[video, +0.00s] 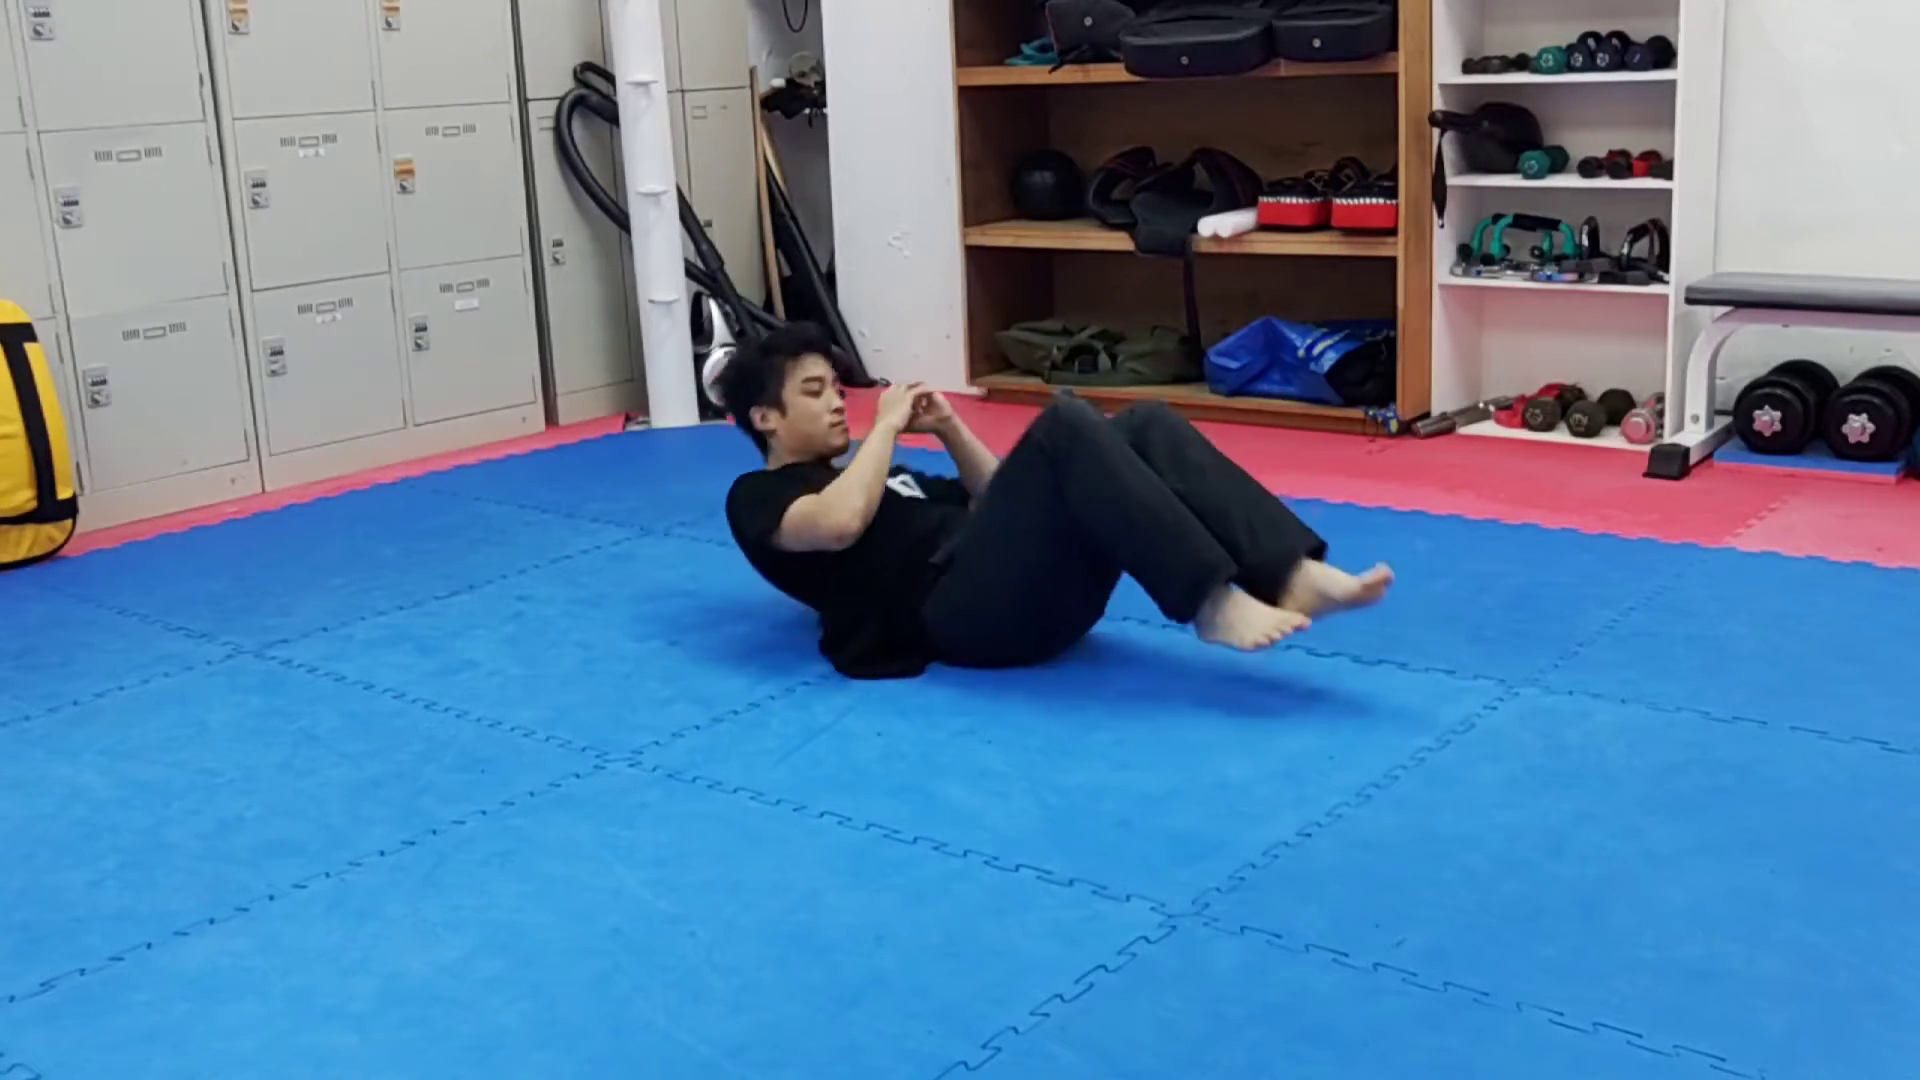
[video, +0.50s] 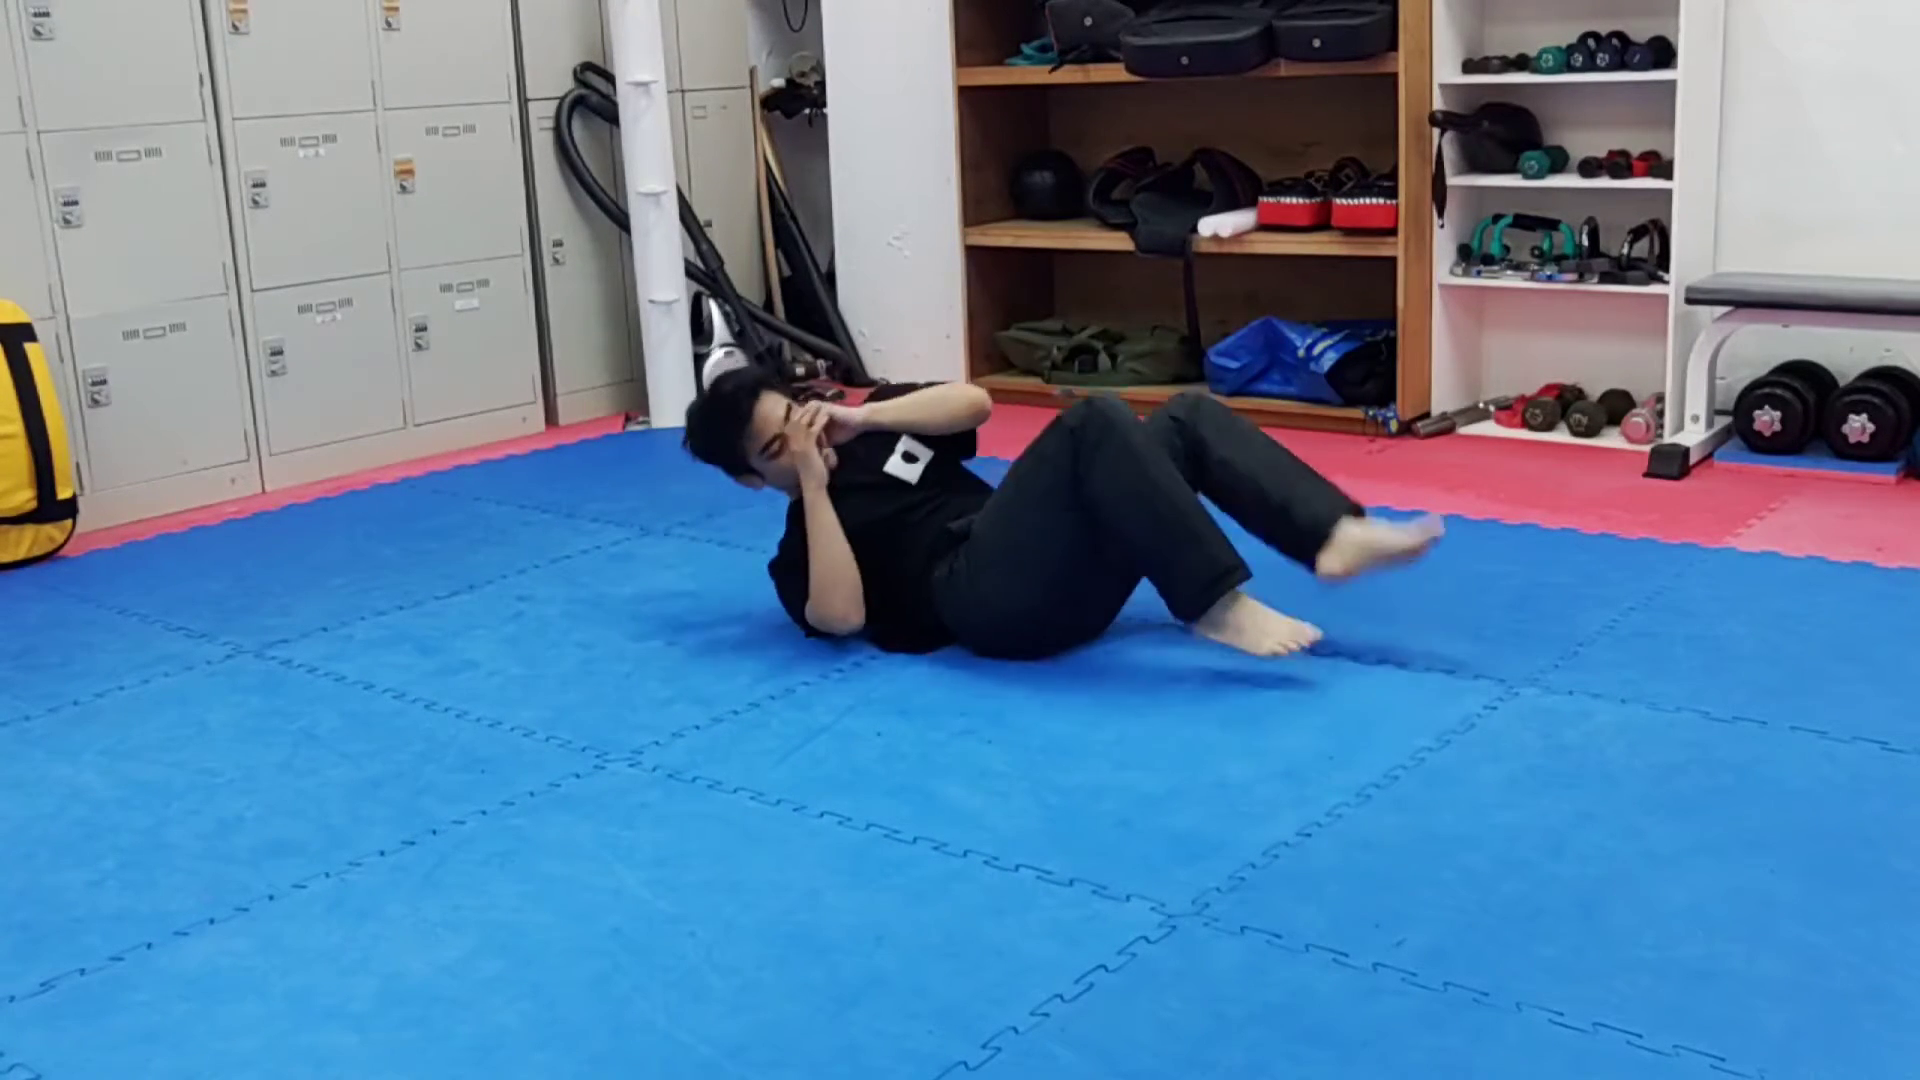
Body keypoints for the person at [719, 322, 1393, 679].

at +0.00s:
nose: (838, 403)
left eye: (836, 389)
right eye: (814, 392)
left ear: (836, 401)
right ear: (760, 419)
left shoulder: (868, 478)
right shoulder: (755, 498)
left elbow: (993, 505)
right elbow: (836, 523)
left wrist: (949, 429)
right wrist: (887, 426)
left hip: (1039, 593)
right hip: (973, 619)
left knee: (1147, 424)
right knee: (1064, 423)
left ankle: (1295, 574)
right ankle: (1212, 598)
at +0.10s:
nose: (855, 383)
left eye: (853, 365)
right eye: (829, 373)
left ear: (860, 369)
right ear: (777, 400)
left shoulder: (911, 444)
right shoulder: (775, 487)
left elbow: (1032, 475)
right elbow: (830, 534)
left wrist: (968, 407)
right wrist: (890, 420)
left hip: (1052, 585)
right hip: (982, 616)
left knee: (1178, 433)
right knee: (1099, 431)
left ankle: (1323, 585)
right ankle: (1238, 612)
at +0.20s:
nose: (845, 376)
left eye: (845, 357)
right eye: (820, 374)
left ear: (858, 352)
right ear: (783, 399)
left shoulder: (919, 411)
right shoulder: (791, 486)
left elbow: (1034, 433)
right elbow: (827, 556)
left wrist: (951, 391)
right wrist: (877, 431)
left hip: (1059, 581)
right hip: (987, 611)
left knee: (1194, 434)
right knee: (1122, 437)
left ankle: (1342, 583)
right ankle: (1258, 618)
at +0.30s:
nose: (826, 395)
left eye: (825, 373)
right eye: (800, 398)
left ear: (841, 356)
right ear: (773, 423)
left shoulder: (916, 406)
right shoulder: (804, 500)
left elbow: (1026, 407)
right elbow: (834, 583)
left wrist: (921, 391)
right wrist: (854, 448)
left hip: (1066, 571)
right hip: (992, 609)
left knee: (1209, 434)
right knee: (1128, 443)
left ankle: (1351, 587)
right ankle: (1264, 621)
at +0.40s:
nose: (814, 411)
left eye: (807, 391)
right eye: (790, 420)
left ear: (820, 374)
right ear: (768, 448)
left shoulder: (904, 412)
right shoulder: (805, 524)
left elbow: (1002, 398)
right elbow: (842, 610)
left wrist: (892, 410)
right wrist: (831, 475)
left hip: (1077, 564)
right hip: (1000, 607)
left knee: (1217, 434)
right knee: (1115, 444)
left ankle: (1348, 589)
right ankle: (1247, 625)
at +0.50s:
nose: (798, 428)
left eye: (793, 411)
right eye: (775, 437)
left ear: (808, 396)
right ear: (755, 469)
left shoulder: (885, 436)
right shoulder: (793, 552)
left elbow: (976, 403)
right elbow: (841, 617)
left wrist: (861, 416)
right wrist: (812, 489)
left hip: (1073, 569)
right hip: (995, 610)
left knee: (1185, 414)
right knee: (1094, 421)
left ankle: (1332, 533)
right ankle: (1220, 605)